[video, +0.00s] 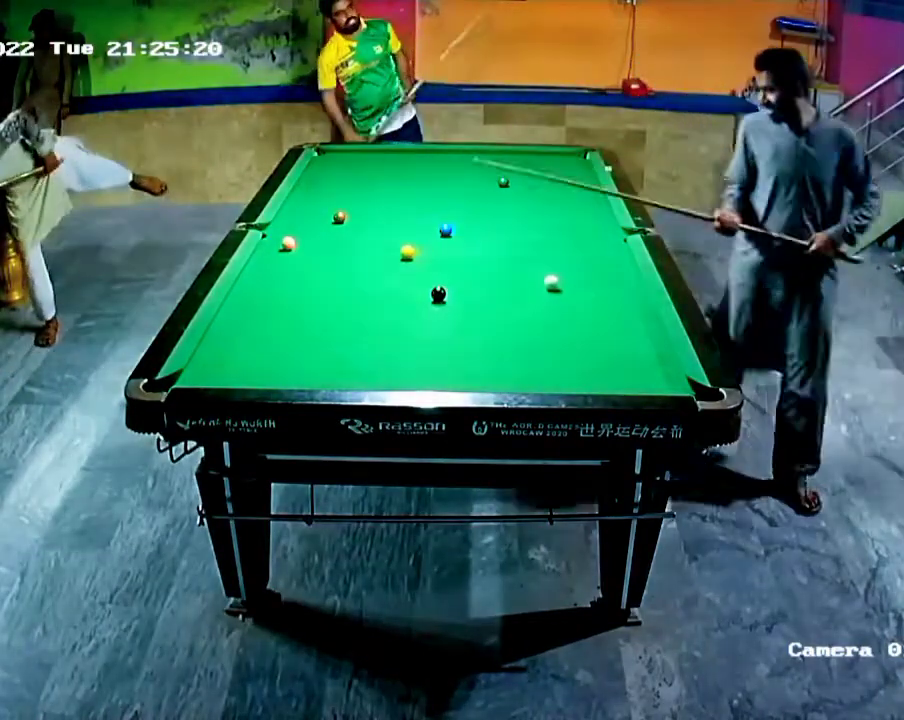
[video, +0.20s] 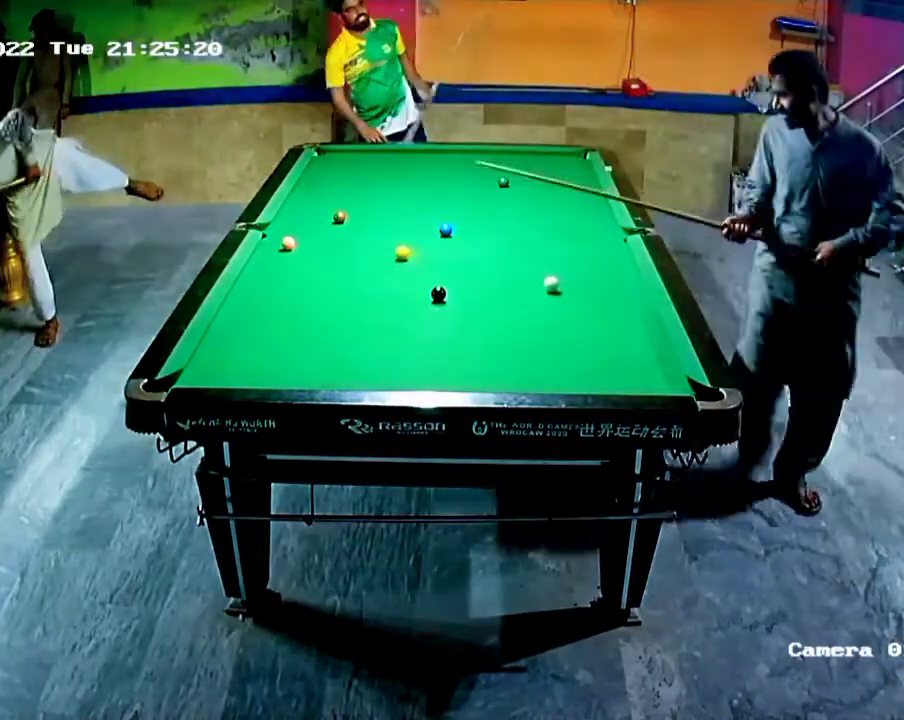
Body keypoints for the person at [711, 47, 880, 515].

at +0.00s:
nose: (762, 99)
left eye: (769, 90)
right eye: (759, 90)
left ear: (796, 87)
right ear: (759, 88)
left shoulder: (840, 137)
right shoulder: (752, 128)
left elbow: (868, 201)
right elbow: (734, 186)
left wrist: (838, 235)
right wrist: (730, 208)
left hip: (809, 271)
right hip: (753, 265)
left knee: (805, 380)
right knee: (729, 357)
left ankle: (794, 476)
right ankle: (712, 442)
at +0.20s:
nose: (778, 103)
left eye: (785, 95)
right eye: (775, 94)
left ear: (814, 93)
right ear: (779, 93)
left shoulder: (865, 149)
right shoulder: (774, 131)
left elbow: (889, 220)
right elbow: (757, 189)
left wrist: (844, 245)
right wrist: (747, 215)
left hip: (832, 291)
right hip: (774, 282)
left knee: (824, 391)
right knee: (756, 374)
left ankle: (791, 475)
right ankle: (750, 454)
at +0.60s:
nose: (777, 125)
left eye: (785, 116)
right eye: (775, 115)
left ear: (816, 115)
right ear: (796, 116)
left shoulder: (870, 170)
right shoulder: (789, 161)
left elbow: (903, 247)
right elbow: (774, 214)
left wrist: (850, 275)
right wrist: (733, 242)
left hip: (852, 328)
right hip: (796, 318)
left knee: (844, 440)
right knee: (782, 423)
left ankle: (834, 534)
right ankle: (778, 519)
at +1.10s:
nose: (809, 158)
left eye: (816, 147)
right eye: (808, 147)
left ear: (846, 145)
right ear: (820, 148)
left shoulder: (894, 198)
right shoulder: (832, 193)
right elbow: (786, 238)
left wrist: (890, 313)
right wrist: (720, 272)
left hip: (898, 343)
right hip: (865, 330)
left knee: (870, 454)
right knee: (833, 432)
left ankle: (859, 566)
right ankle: (837, 524)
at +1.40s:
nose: (783, 211)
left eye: (788, 199)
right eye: (780, 200)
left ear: (816, 192)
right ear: (803, 198)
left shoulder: (880, 234)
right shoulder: (813, 230)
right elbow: (751, 257)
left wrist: (894, 324)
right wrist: (681, 285)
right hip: (886, 339)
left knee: (878, 442)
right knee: (854, 423)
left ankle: (866, 545)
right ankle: (859, 527)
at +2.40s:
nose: (770, 277)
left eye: (773, 269)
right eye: (766, 269)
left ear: (795, 256)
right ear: (780, 258)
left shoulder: (868, 257)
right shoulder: (802, 266)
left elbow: (903, 231)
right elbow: (733, 283)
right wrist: (659, 287)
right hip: (885, 365)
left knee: (874, 484)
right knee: (833, 451)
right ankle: (863, 546)